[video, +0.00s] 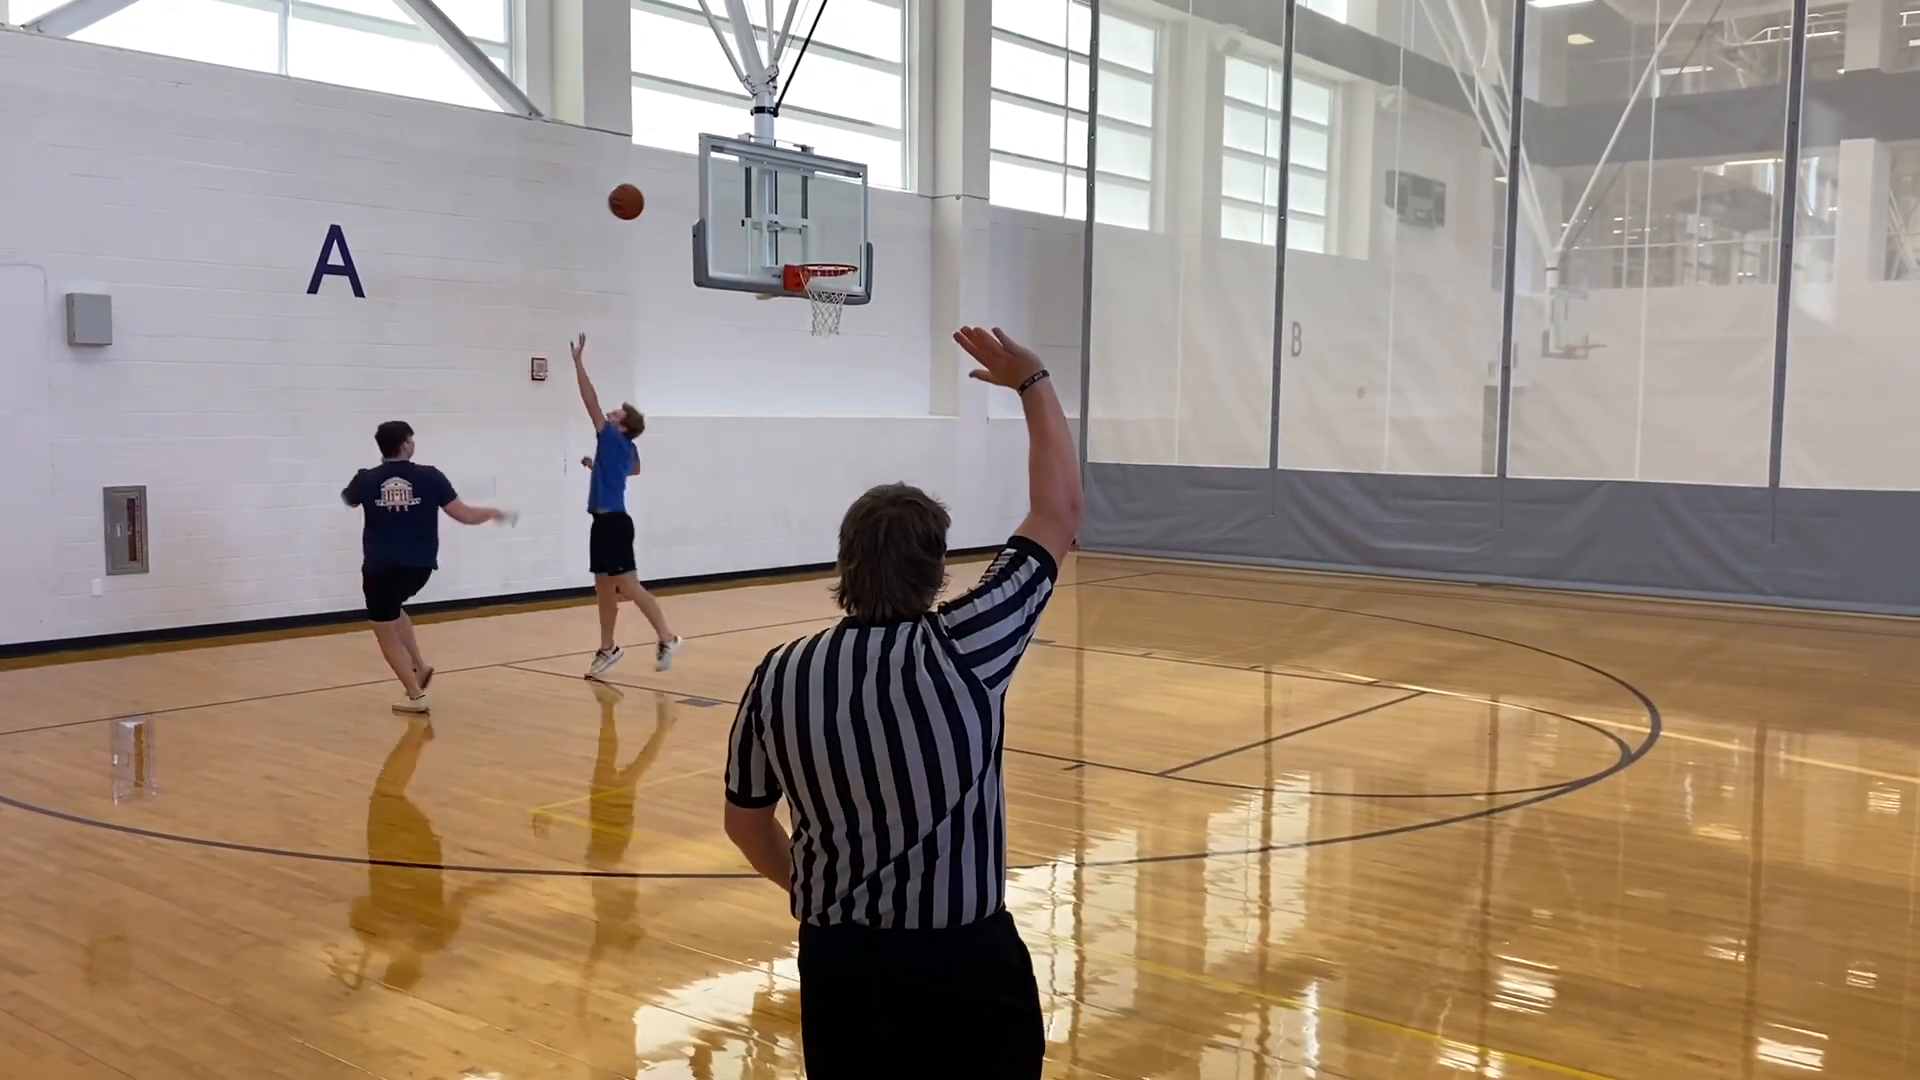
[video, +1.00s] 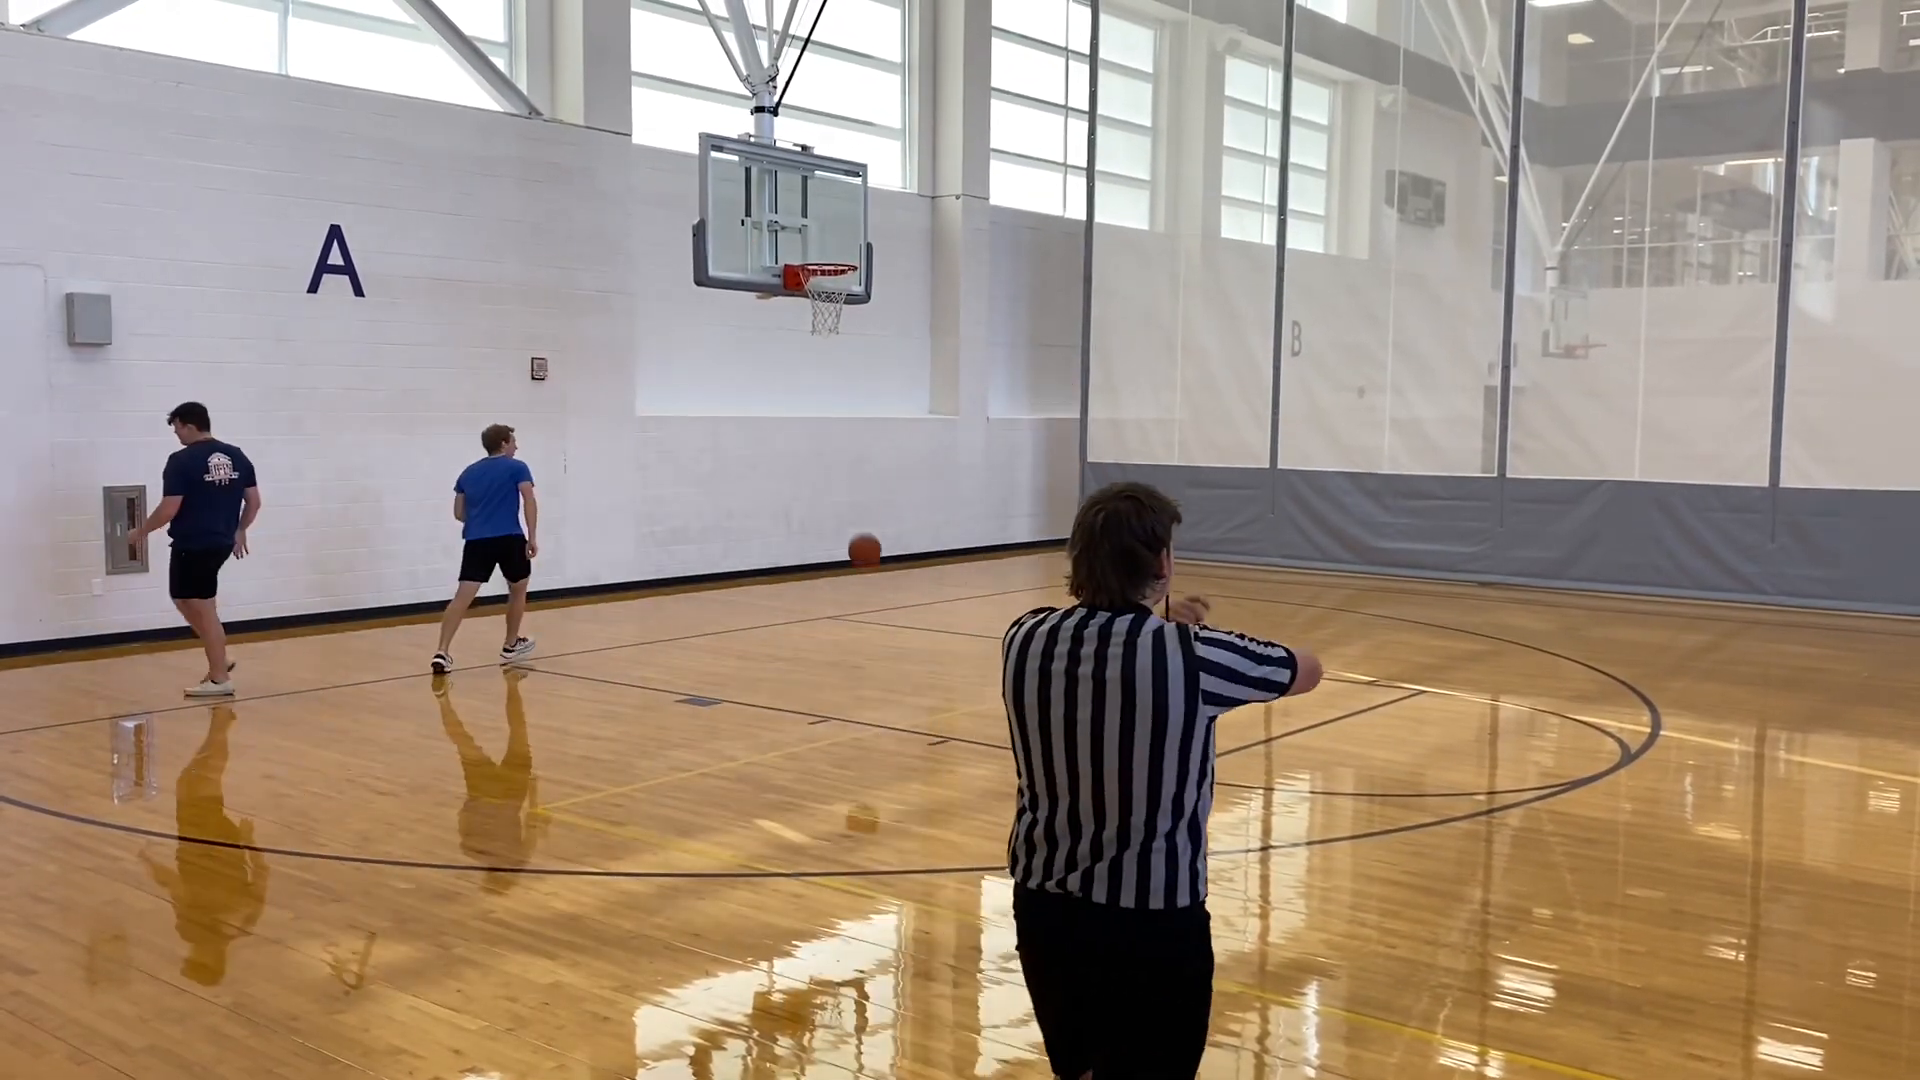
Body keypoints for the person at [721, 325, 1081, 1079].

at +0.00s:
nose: (936, 566)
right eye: (936, 553)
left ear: (846, 568)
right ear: (937, 568)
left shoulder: (779, 675)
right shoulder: (962, 650)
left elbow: (746, 818)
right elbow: (1057, 516)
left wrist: (807, 885)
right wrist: (1035, 383)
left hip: (839, 971)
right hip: (970, 966)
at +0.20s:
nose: (964, 570)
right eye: (962, 557)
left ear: (869, 569)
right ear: (956, 570)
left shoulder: (801, 671)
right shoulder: (980, 650)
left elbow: (769, 809)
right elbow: (1084, 526)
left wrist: (827, 859)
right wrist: (1068, 398)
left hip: (857, 968)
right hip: (986, 967)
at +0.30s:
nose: (982, 569)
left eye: (976, 555)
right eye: (979, 557)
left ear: (886, 570)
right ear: (971, 571)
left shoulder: (821, 669)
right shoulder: (998, 651)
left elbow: (784, 791)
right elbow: (1120, 545)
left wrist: (863, 820)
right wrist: (1093, 429)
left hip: (872, 965)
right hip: (1000, 965)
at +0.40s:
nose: (1006, 568)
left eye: (999, 552)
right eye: (1003, 555)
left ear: (911, 570)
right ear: (996, 570)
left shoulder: (845, 665)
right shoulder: (1018, 656)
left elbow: (818, 743)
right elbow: (1158, 582)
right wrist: (1113, 518)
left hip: (890, 958)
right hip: (1017, 957)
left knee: (895, 1074)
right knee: (1049, 1070)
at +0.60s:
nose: (1071, 562)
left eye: (1070, 553)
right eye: (1066, 552)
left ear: (975, 568)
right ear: (1054, 571)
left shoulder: (918, 653)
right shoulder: (1083, 665)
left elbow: (984, 616)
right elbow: (1206, 650)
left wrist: (1063, 588)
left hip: (949, 948)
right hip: (1073, 952)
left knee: (946, 1072)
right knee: (1095, 1070)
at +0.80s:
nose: (1130, 562)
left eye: (1128, 551)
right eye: (1126, 553)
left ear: (1040, 563)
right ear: (1118, 573)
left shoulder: (983, 643)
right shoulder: (1147, 660)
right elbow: (1247, 643)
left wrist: (1084, 587)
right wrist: (1145, 582)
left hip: (1007, 932)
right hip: (1125, 935)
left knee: (1004, 1069)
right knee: (1133, 1068)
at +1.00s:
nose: (1173, 559)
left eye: (1171, 547)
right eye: (1171, 548)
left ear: (1083, 555)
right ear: (1161, 560)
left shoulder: (1024, 638)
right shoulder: (1187, 652)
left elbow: (1091, 641)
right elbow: (1308, 671)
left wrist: (1155, 615)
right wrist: (1203, 635)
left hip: (1045, 913)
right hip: (1157, 918)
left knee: (1075, 1068)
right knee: (1158, 1070)